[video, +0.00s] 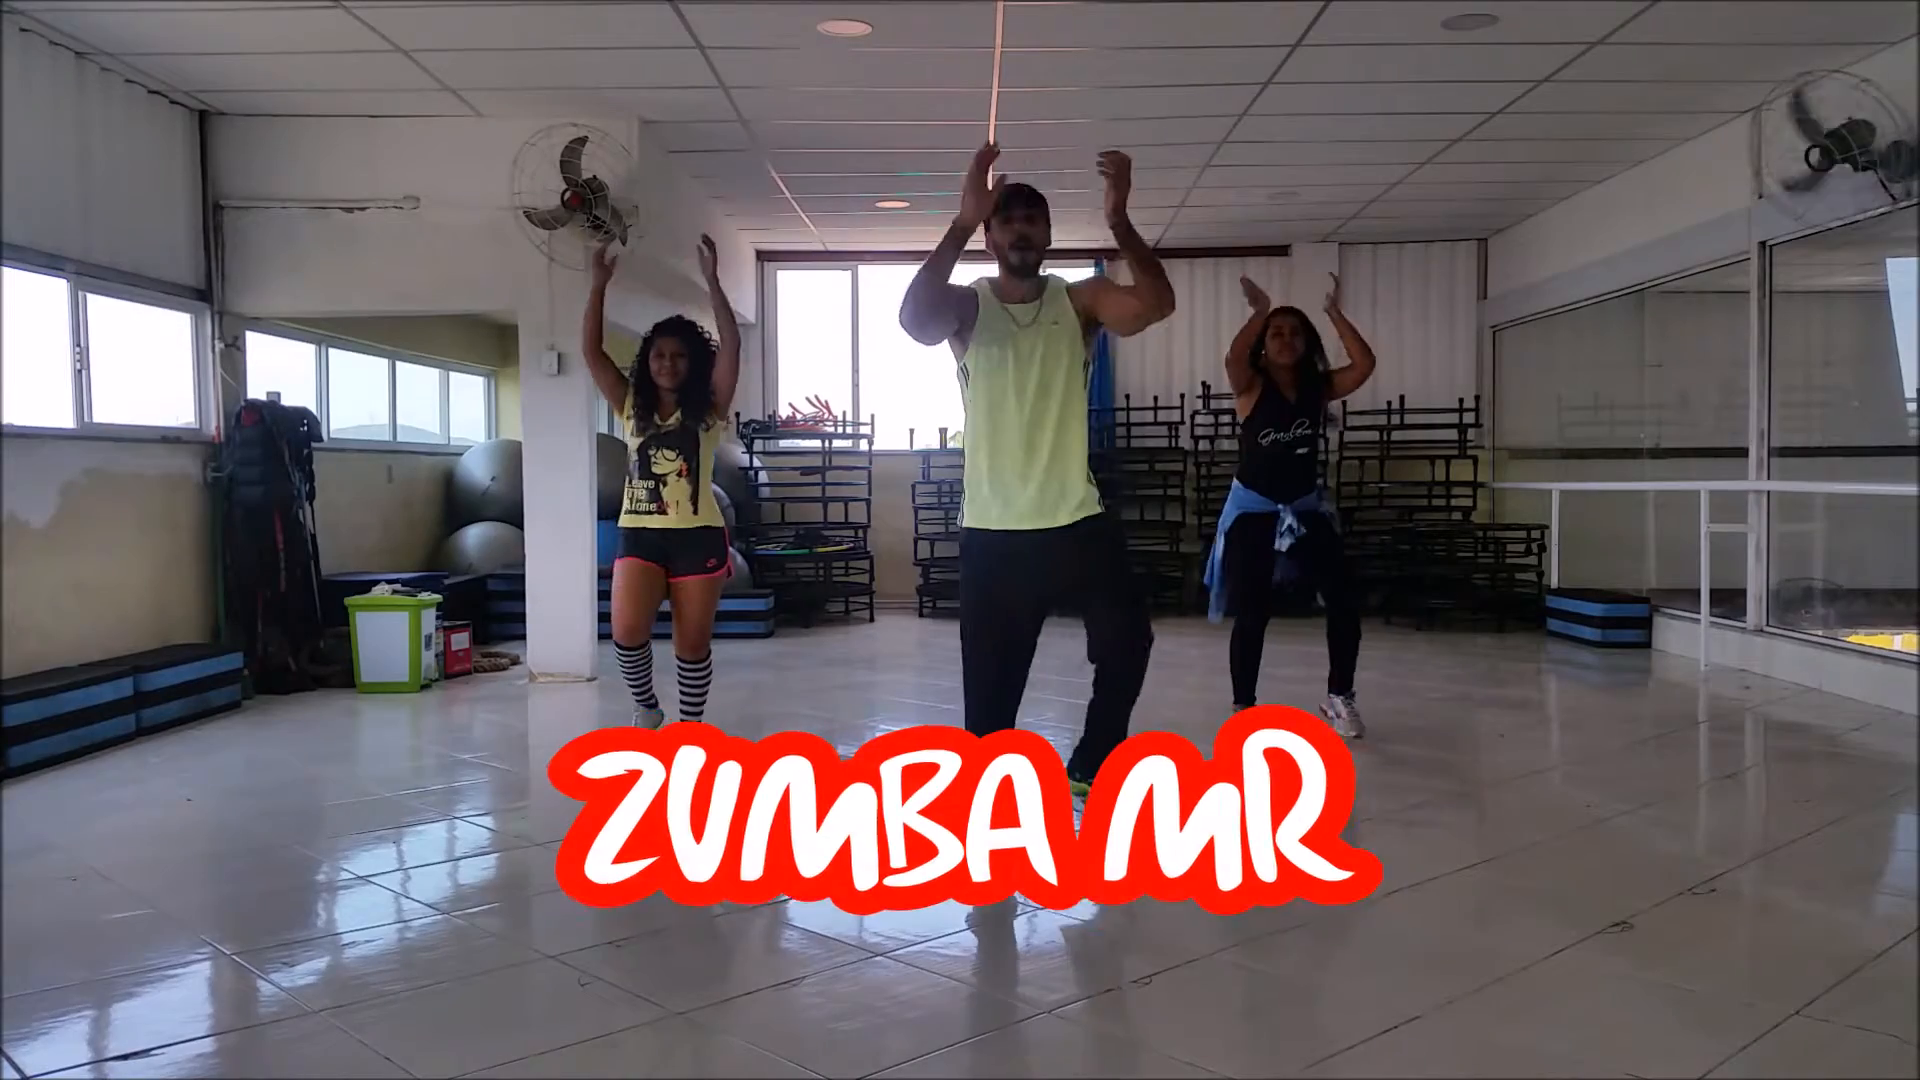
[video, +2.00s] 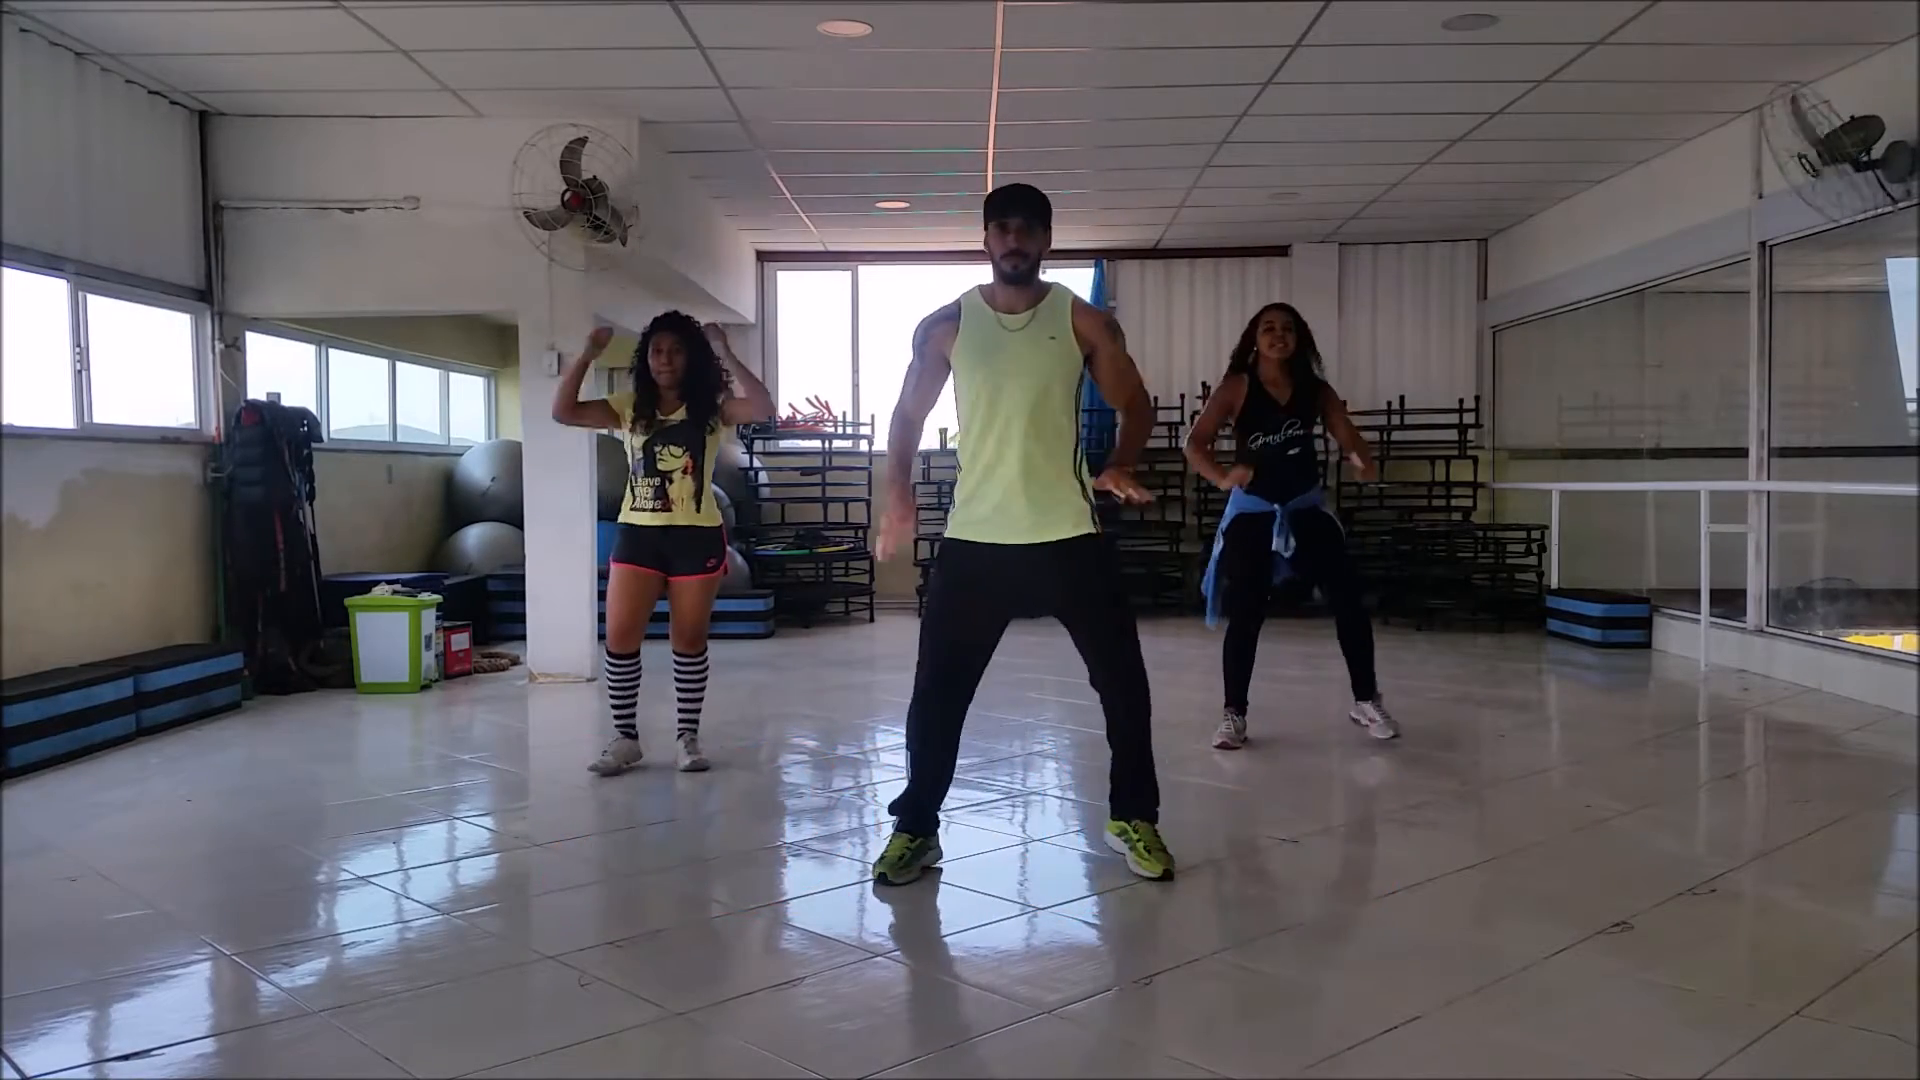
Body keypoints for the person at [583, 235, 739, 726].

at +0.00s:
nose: (667, 363)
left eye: (677, 356)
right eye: (658, 355)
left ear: (694, 364)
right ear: (645, 361)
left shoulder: (709, 409)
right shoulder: (630, 405)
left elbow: (730, 343)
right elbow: (592, 350)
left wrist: (713, 281)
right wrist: (598, 284)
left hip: (697, 543)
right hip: (639, 541)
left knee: (692, 647)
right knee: (626, 633)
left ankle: (692, 730)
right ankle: (646, 715)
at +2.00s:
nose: (664, 359)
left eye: (674, 351)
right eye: (656, 351)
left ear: (691, 360)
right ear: (645, 358)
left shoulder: (711, 412)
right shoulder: (628, 410)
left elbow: (763, 408)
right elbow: (564, 410)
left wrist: (726, 355)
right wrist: (588, 352)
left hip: (696, 540)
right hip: (637, 538)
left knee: (689, 641)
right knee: (620, 640)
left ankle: (688, 739)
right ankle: (626, 740)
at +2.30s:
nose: (659, 369)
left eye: (670, 361)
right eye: (651, 361)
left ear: (687, 371)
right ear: (640, 368)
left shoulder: (700, 425)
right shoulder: (619, 419)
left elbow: (718, 489)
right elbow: (594, 483)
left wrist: (733, 526)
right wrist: (578, 539)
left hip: (691, 547)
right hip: (631, 548)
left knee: (690, 648)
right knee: (611, 644)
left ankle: (688, 739)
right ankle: (624, 745)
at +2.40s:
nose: (655, 362)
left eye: (666, 355)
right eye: (648, 354)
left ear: (684, 364)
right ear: (638, 361)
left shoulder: (697, 417)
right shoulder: (614, 411)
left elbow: (714, 482)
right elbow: (591, 470)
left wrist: (728, 529)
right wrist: (579, 529)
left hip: (692, 544)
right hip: (627, 546)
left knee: (708, 642)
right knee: (613, 643)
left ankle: (700, 734)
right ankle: (624, 744)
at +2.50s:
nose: (654, 360)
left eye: (665, 353)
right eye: (647, 352)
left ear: (683, 362)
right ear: (637, 359)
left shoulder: (699, 420)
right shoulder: (617, 413)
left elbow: (720, 480)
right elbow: (590, 464)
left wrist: (727, 531)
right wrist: (570, 518)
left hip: (689, 544)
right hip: (625, 544)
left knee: (722, 633)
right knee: (610, 642)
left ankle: (734, 734)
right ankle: (624, 744)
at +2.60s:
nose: (657, 372)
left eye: (667, 363)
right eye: (649, 363)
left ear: (686, 372)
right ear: (639, 371)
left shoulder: (708, 427)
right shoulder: (625, 426)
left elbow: (732, 485)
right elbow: (593, 479)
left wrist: (728, 540)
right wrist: (556, 521)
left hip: (688, 555)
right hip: (624, 553)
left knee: (735, 641)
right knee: (603, 646)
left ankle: (762, 741)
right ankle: (622, 744)